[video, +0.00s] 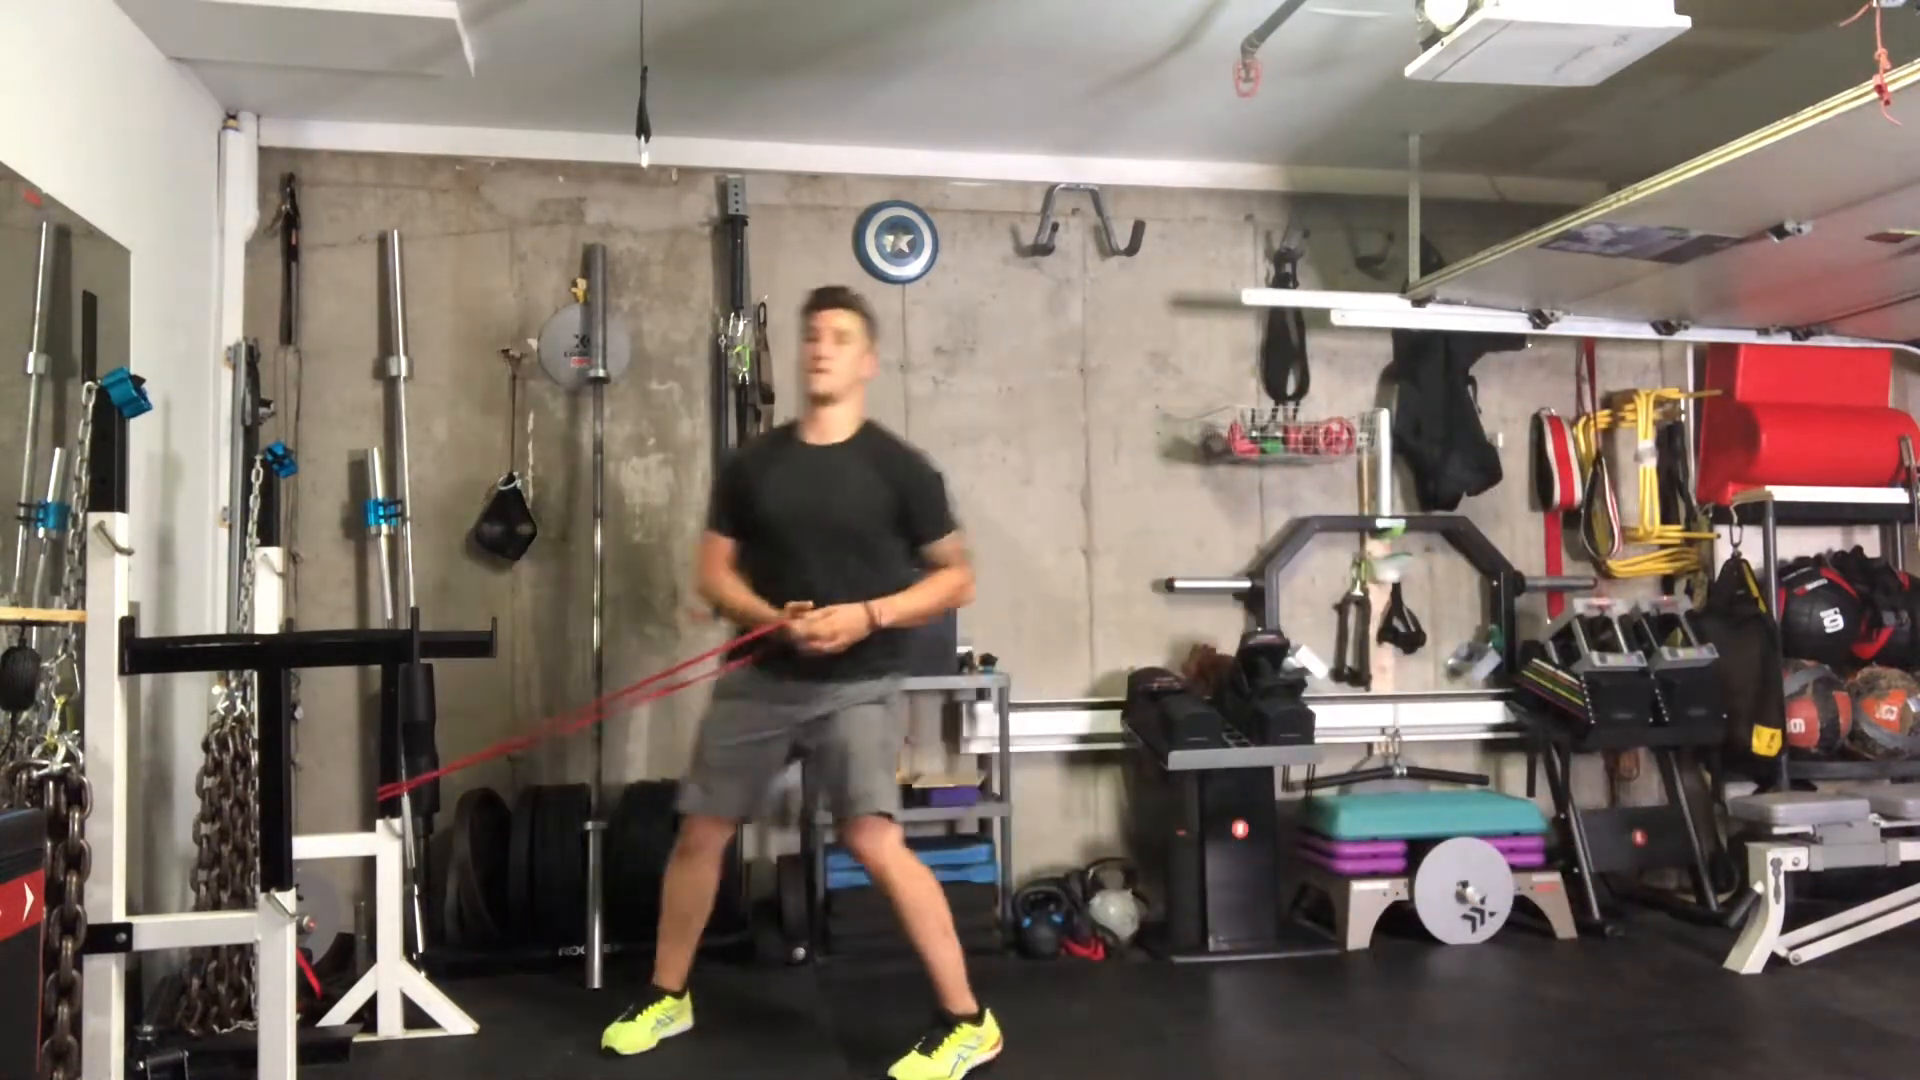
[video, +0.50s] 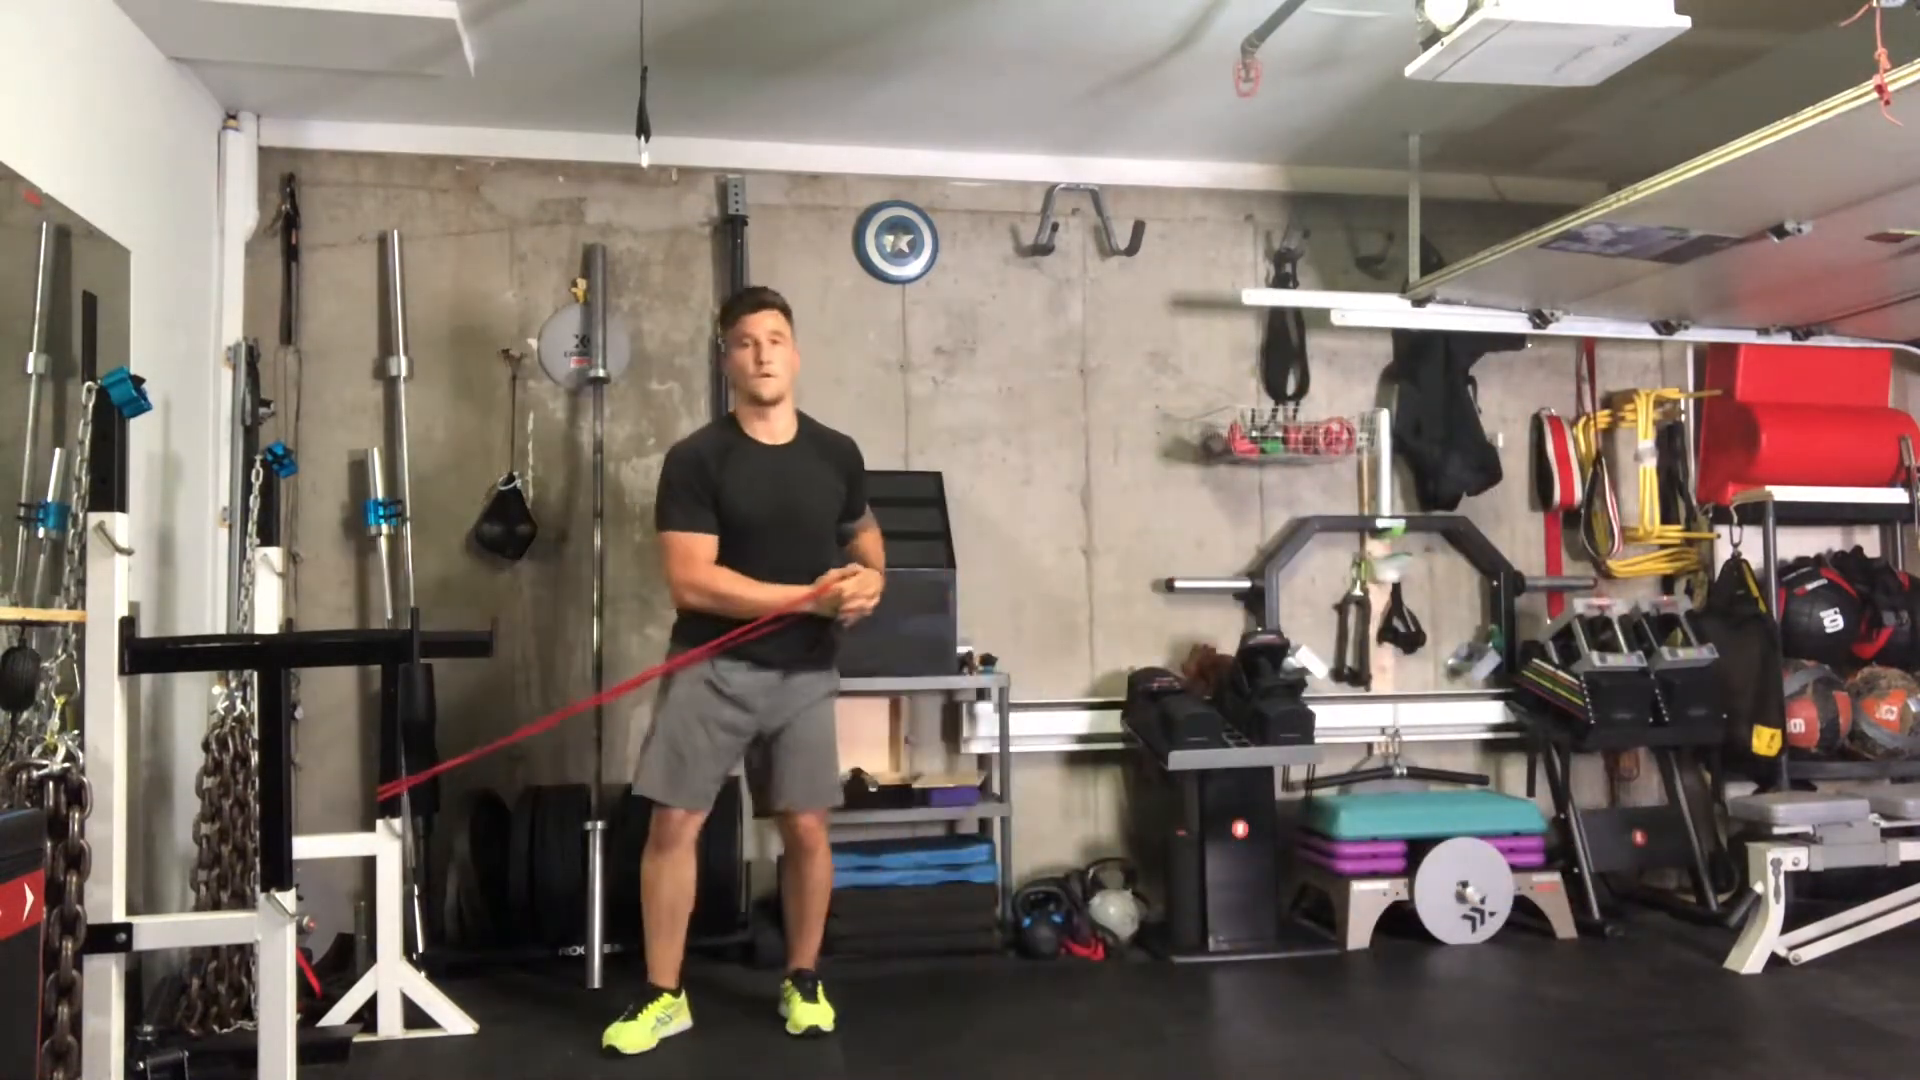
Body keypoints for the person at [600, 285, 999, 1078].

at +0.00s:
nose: (821, 351)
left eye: (838, 340)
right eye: (812, 339)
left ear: (869, 360)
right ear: (797, 356)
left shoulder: (903, 470)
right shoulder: (753, 463)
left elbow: (957, 578)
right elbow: (711, 572)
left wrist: (870, 614)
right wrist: (768, 614)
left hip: (858, 689)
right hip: (757, 685)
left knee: (873, 837)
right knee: (700, 831)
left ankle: (967, 1020)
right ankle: (667, 999)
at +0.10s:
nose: (789, 350)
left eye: (805, 339)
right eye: (776, 339)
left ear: (831, 361)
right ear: (756, 359)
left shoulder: (864, 463)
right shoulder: (711, 462)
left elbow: (907, 569)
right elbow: (676, 577)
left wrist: (852, 612)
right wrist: (762, 619)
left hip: (829, 675)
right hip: (732, 675)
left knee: (846, 823)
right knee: (680, 829)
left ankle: (947, 1004)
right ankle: (666, 999)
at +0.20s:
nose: (767, 345)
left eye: (782, 334)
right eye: (753, 334)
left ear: (806, 354)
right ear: (733, 353)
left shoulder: (844, 455)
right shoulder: (690, 456)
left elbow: (875, 546)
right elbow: (658, 572)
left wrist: (850, 600)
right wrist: (765, 612)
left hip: (814, 670)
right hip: (716, 671)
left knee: (833, 807)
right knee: (674, 823)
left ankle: (877, 988)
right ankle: (665, 997)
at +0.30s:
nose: (755, 348)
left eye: (769, 334)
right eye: (741, 336)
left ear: (792, 350)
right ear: (721, 354)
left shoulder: (833, 451)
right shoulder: (683, 456)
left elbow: (861, 538)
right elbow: (657, 575)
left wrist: (852, 584)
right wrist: (774, 604)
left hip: (806, 668)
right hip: (708, 670)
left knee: (819, 812)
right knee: (672, 828)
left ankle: (820, 970)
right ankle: (665, 997)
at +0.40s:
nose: (755, 351)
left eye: (768, 338)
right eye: (739, 341)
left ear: (791, 352)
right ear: (719, 359)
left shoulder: (832, 453)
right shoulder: (688, 458)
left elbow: (861, 550)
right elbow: (677, 579)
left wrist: (861, 581)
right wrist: (796, 598)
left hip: (802, 671)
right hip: (709, 670)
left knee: (809, 827)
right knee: (670, 827)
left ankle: (807, 979)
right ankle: (665, 996)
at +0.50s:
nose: (762, 354)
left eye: (774, 340)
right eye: (746, 343)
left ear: (797, 355)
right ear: (725, 361)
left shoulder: (837, 455)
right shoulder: (694, 460)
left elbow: (867, 546)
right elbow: (689, 581)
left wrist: (871, 582)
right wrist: (809, 596)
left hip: (805, 676)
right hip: (712, 672)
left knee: (807, 827)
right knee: (673, 824)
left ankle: (803, 982)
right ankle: (665, 995)